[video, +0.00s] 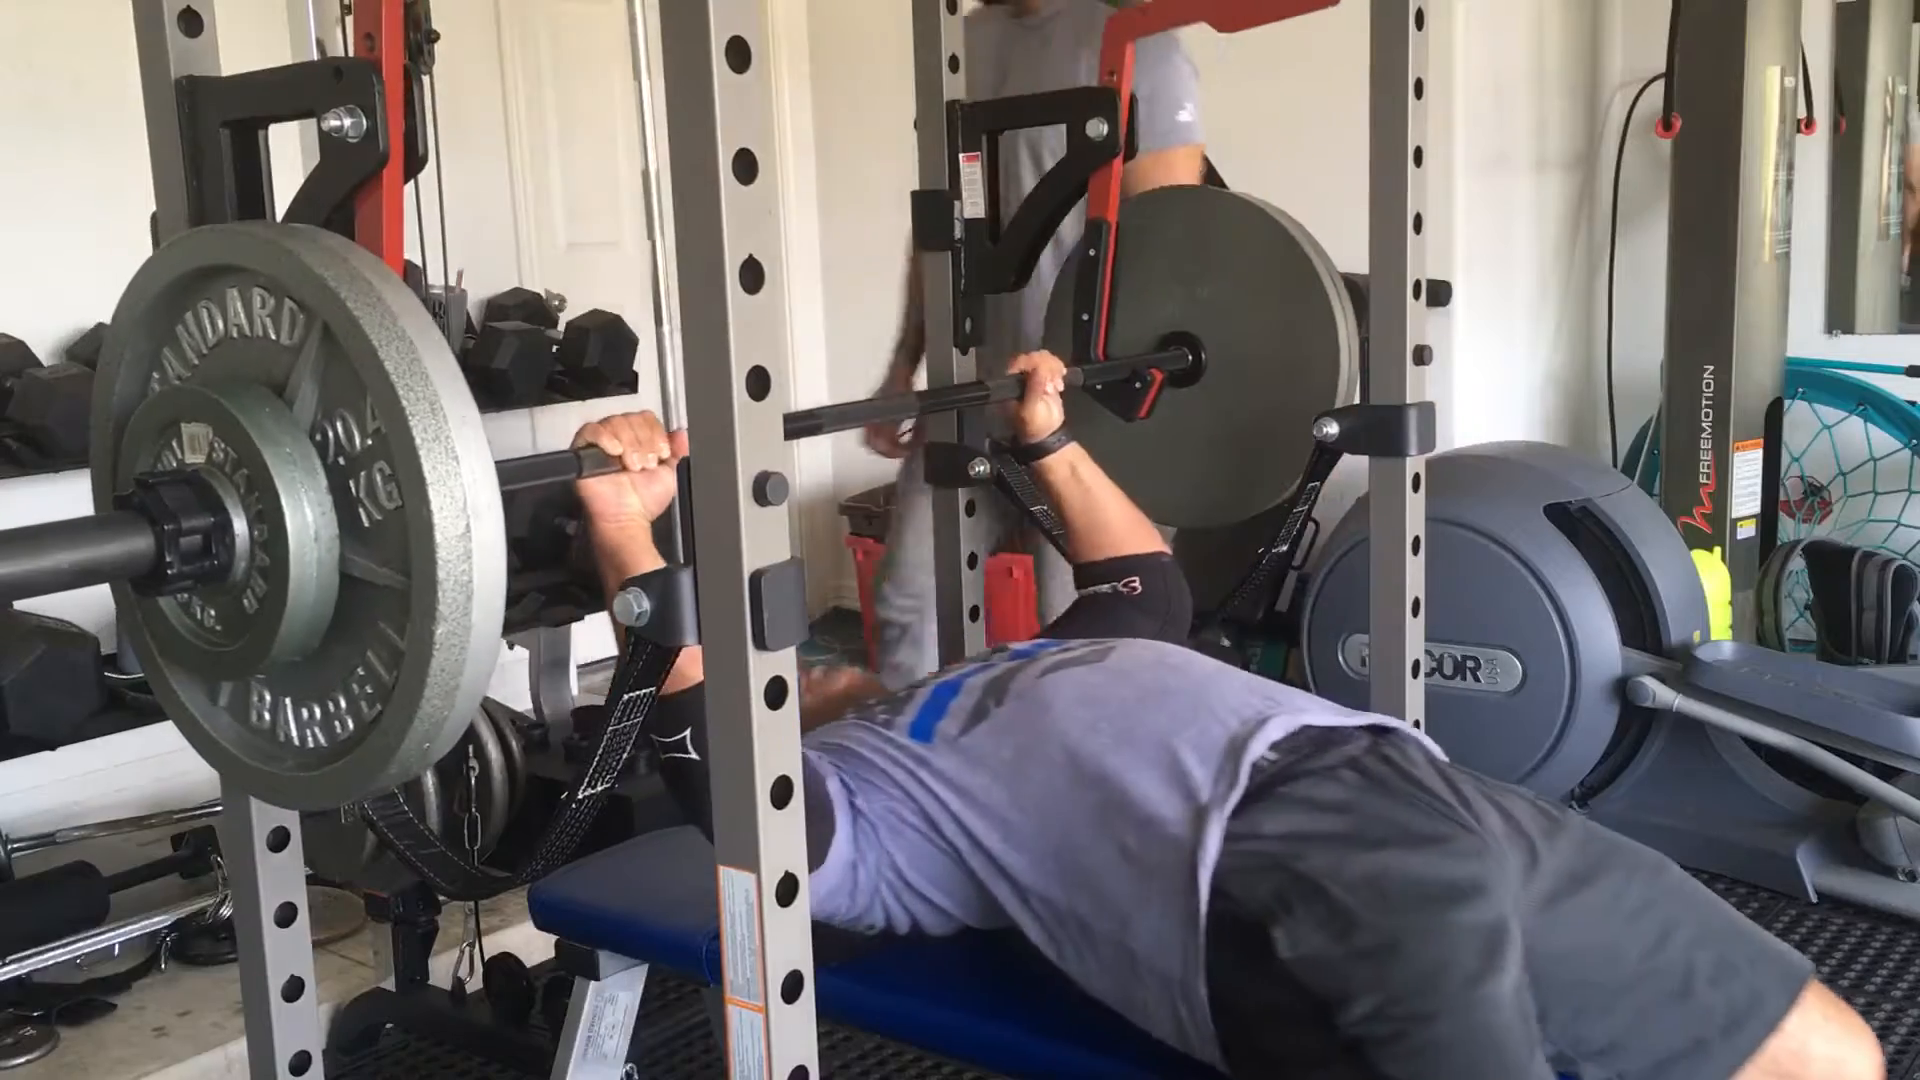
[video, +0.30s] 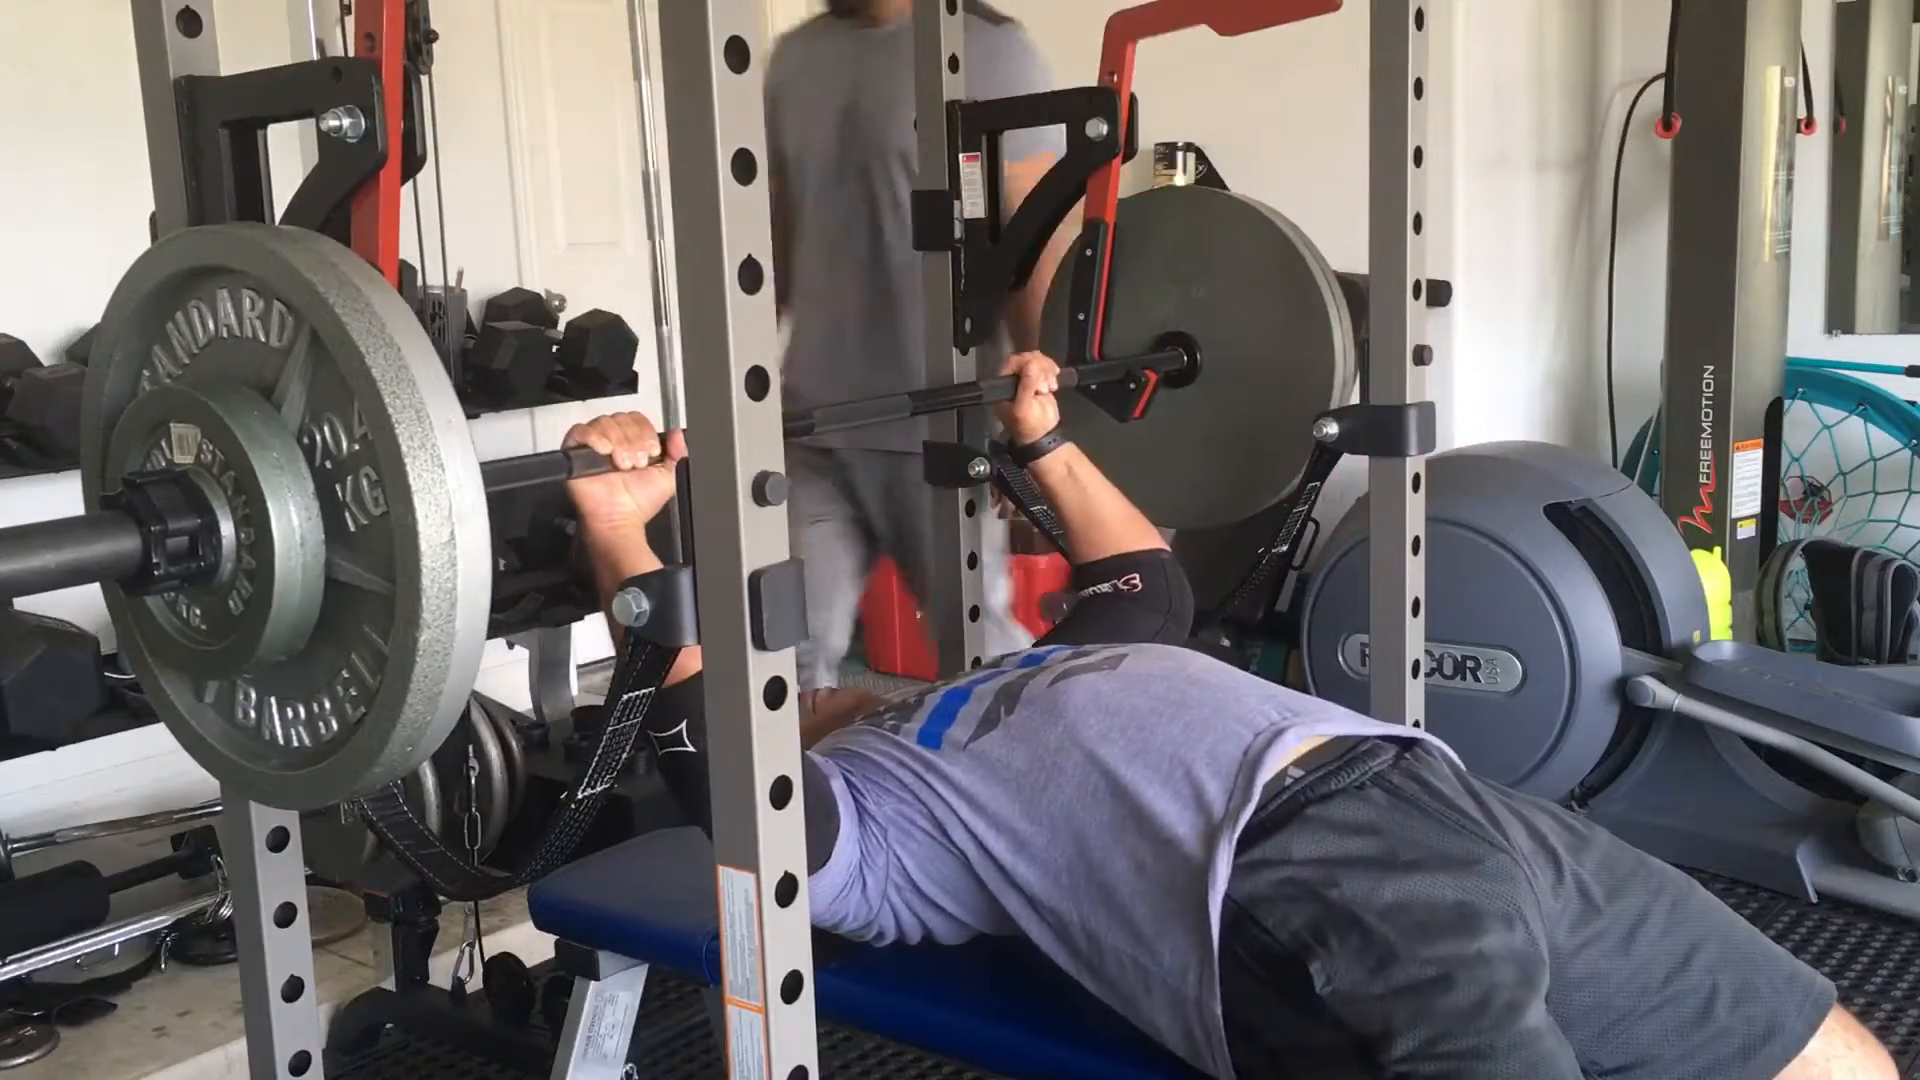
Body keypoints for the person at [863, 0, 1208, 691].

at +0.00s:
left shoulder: (1139, 44)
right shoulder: (961, 37)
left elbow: (1168, 257)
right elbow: (939, 216)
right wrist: (903, 366)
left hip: (1081, 391)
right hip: (965, 384)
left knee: (1083, 611)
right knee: (912, 600)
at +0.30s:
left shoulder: (988, 48)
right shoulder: (795, 58)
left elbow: (1042, 264)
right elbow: (774, 259)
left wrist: (1040, 413)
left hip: (943, 433)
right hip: (810, 428)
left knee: (991, 669)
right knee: (792, 669)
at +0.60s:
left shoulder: (873, 26)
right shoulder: (659, 40)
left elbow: (930, 226)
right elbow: (606, 234)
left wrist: (935, 395)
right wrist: (642, 194)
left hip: (844, 398)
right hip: (712, 409)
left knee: (813, 655)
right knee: (714, 660)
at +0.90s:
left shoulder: (838, 53)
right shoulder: (609, 41)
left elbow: (885, 258)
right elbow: (548, 233)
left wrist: (884, 437)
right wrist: (624, 104)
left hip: (793, 445)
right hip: (654, 447)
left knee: (783, 699)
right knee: (662, 702)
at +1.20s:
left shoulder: (832, 55)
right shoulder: (583, 32)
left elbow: (869, 261)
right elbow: (518, 228)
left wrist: (871, 444)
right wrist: (632, 109)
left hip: (782, 449)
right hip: (629, 448)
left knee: (767, 707)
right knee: (637, 715)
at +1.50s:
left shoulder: (830, 51)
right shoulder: (569, 31)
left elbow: (864, 252)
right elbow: (503, 229)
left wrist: (882, 429)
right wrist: (637, 284)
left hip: (772, 454)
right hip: (620, 455)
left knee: (765, 709)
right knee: (642, 715)